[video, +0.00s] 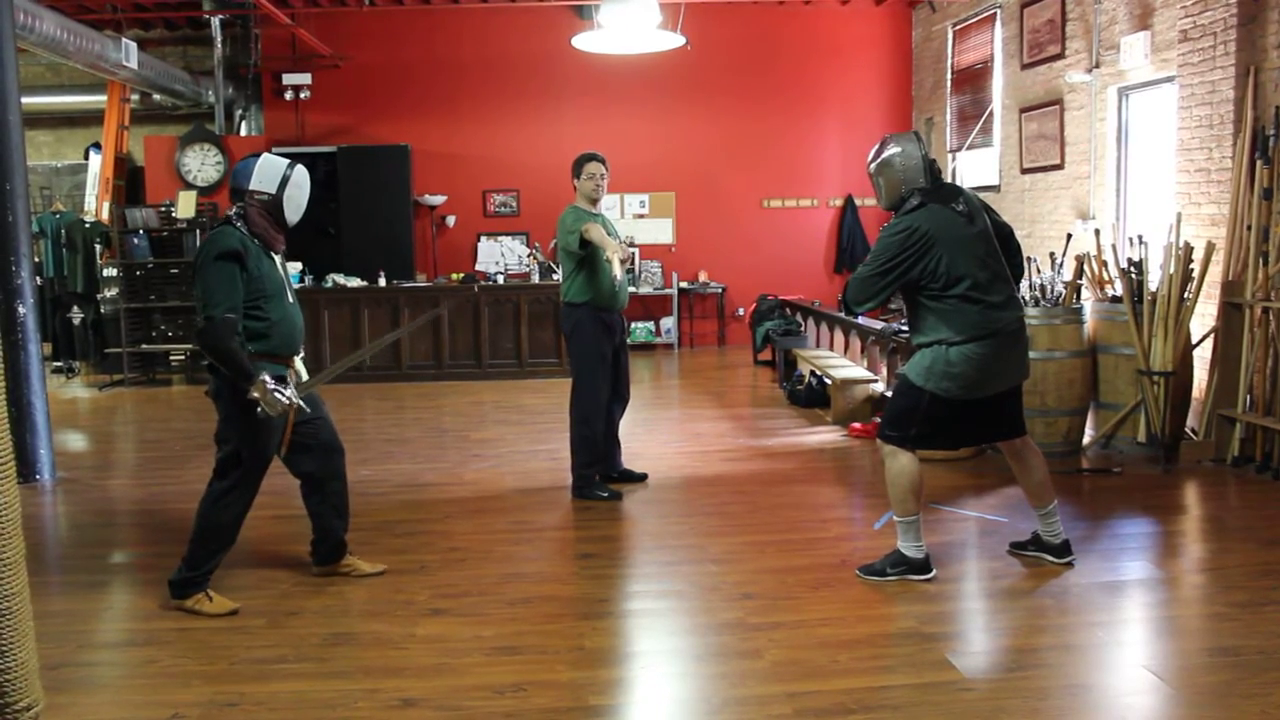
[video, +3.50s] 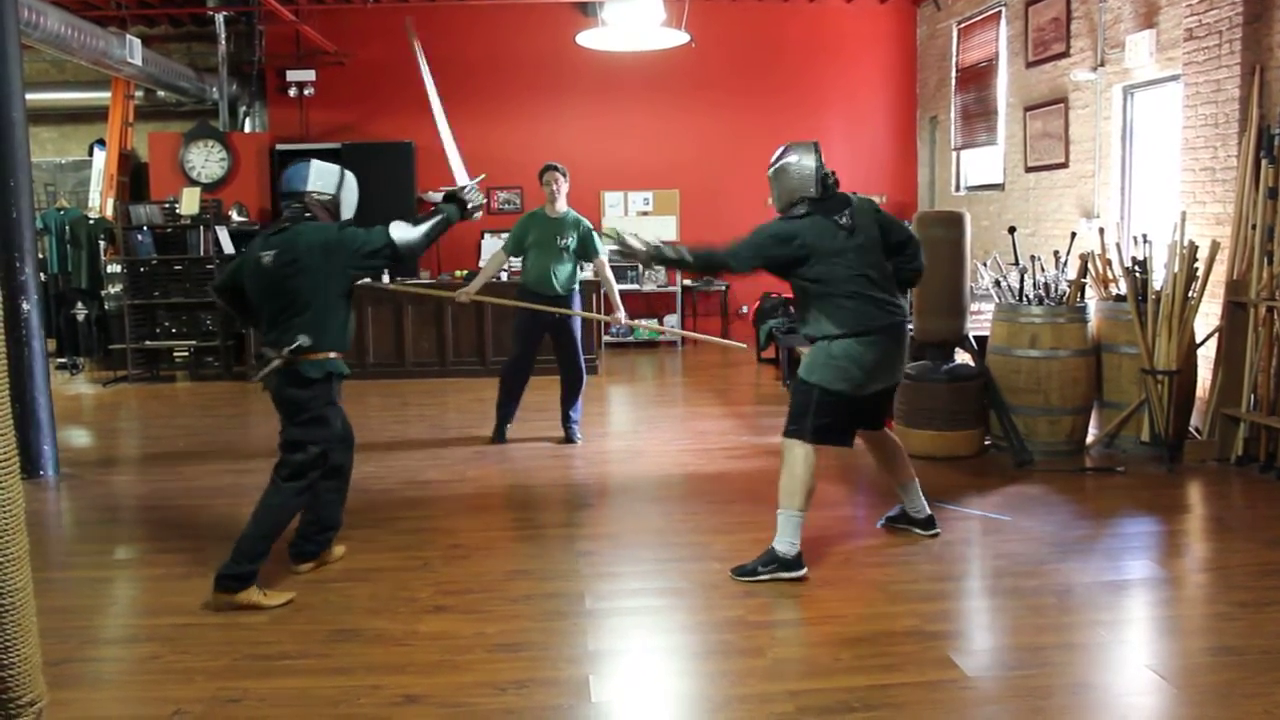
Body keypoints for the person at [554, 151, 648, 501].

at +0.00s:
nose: (597, 182)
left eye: (602, 176)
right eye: (590, 176)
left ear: (607, 182)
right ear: (576, 182)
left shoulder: (604, 221)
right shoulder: (572, 215)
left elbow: (618, 253)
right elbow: (591, 232)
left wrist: (625, 254)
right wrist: (613, 248)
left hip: (610, 315)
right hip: (585, 316)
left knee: (615, 394)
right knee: (590, 396)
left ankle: (609, 467)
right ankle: (584, 480)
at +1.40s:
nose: (596, 181)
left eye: (599, 175)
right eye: (587, 177)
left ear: (606, 182)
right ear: (574, 188)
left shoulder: (609, 224)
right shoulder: (569, 223)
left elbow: (627, 264)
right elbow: (578, 218)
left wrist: (654, 293)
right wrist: (593, 204)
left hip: (613, 322)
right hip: (584, 322)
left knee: (620, 403)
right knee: (595, 402)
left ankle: (598, 465)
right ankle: (585, 482)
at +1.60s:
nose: (601, 182)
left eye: (605, 177)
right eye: (593, 177)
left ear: (611, 183)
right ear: (581, 183)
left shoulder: (613, 226)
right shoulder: (575, 216)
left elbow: (632, 267)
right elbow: (556, 203)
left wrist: (654, 296)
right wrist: (556, 173)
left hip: (609, 318)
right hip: (580, 316)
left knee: (611, 396)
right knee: (585, 396)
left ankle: (596, 465)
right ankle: (586, 479)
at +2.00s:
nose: (596, 184)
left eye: (600, 180)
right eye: (589, 179)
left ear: (604, 188)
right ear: (575, 186)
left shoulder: (611, 230)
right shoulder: (556, 218)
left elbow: (634, 271)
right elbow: (517, 213)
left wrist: (658, 307)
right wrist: (512, 182)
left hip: (602, 316)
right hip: (567, 314)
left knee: (605, 390)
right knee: (560, 387)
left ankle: (597, 462)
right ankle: (548, 448)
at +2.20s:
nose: (584, 188)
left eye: (588, 184)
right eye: (577, 184)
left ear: (594, 192)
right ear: (564, 190)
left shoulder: (603, 234)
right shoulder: (546, 224)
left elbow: (624, 276)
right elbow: (507, 244)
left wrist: (642, 312)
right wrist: (495, 230)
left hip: (592, 319)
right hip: (556, 316)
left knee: (598, 389)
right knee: (551, 385)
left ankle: (597, 462)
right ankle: (546, 442)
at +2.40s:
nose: (570, 191)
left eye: (574, 187)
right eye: (563, 187)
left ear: (581, 194)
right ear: (552, 195)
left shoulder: (594, 236)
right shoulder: (536, 233)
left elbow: (614, 278)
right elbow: (502, 262)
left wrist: (631, 319)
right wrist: (484, 277)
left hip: (580, 321)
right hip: (543, 320)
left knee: (588, 385)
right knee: (546, 387)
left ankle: (592, 456)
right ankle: (549, 448)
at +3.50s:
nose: (554, 187)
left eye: (558, 182)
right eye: (548, 183)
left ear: (567, 185)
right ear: (541, 188)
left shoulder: (580, 225)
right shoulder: (528, 222)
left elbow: (602, 266)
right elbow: (501, 256)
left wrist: (618, 306)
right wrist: (472, 287)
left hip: (566, 298)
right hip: (531, 297)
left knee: (573, 363)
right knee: (520, 360)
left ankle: (571, 424)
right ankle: (502, 422)